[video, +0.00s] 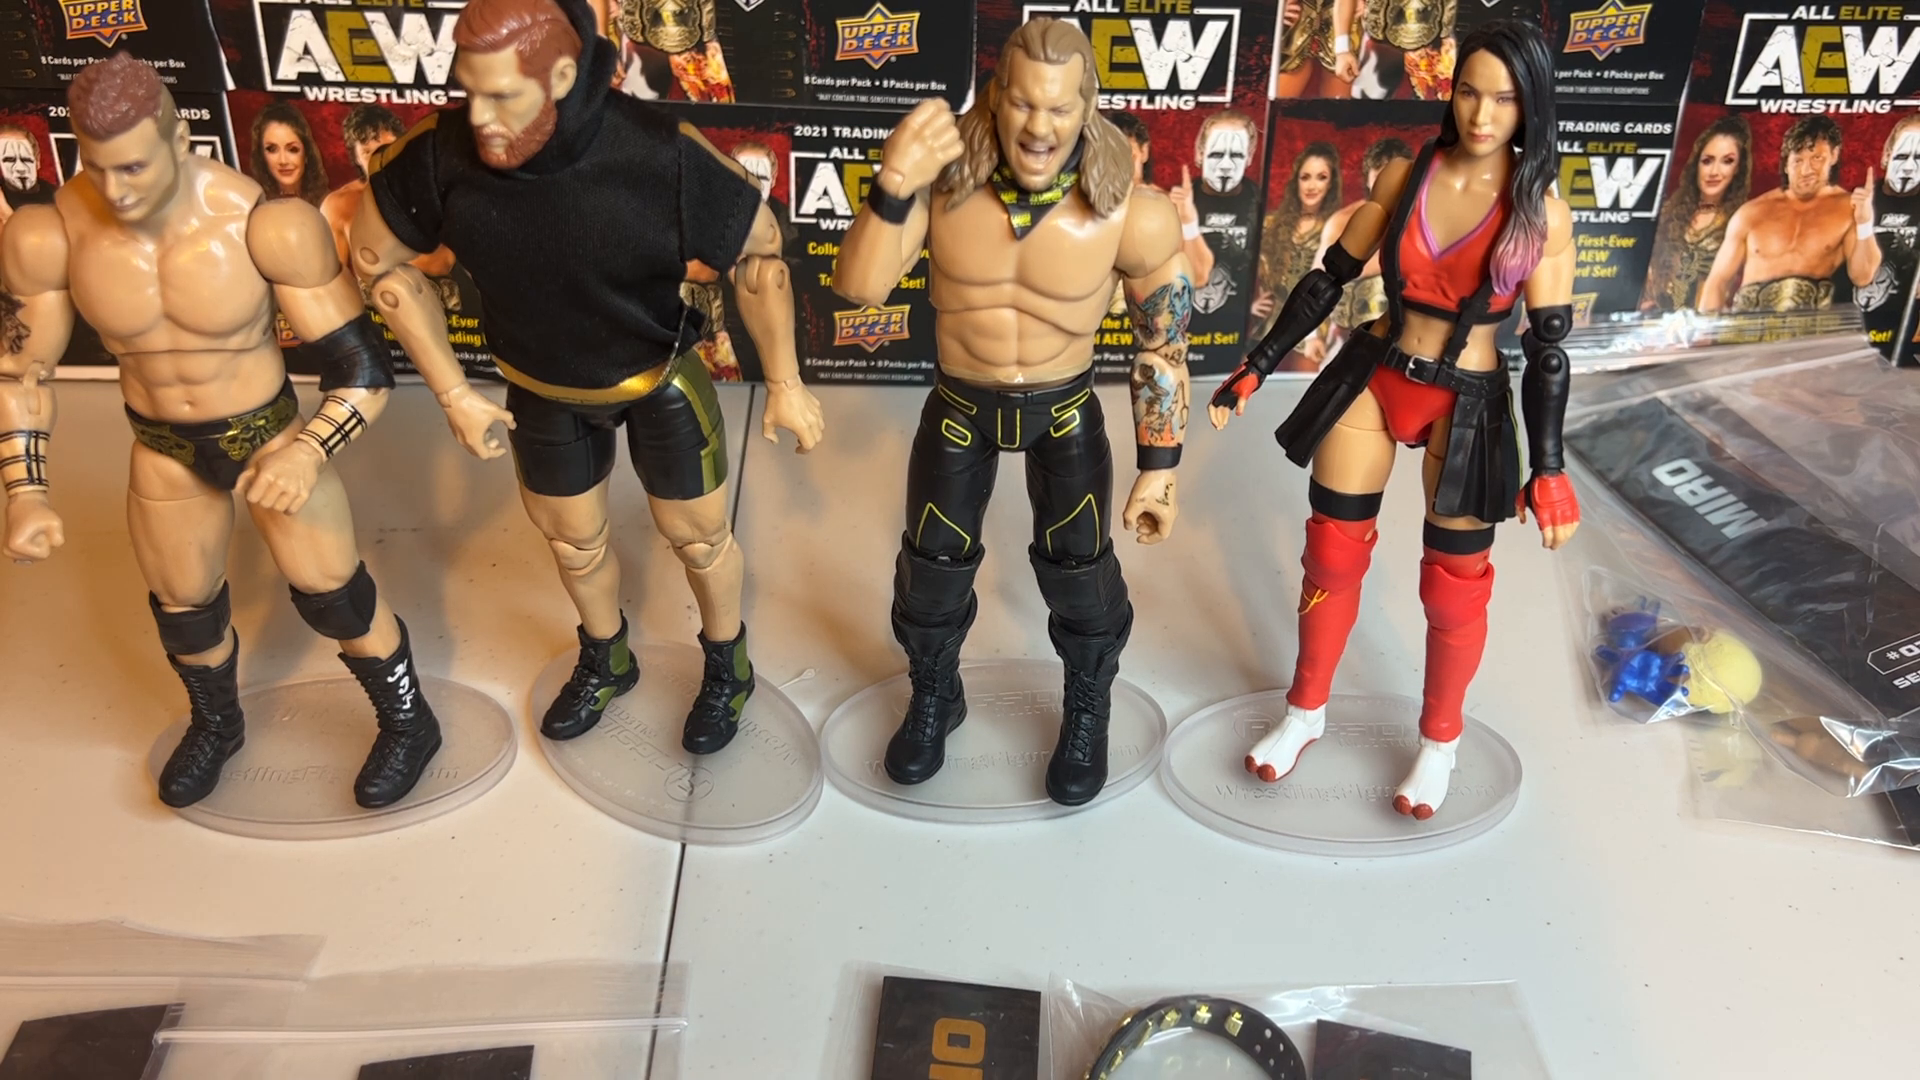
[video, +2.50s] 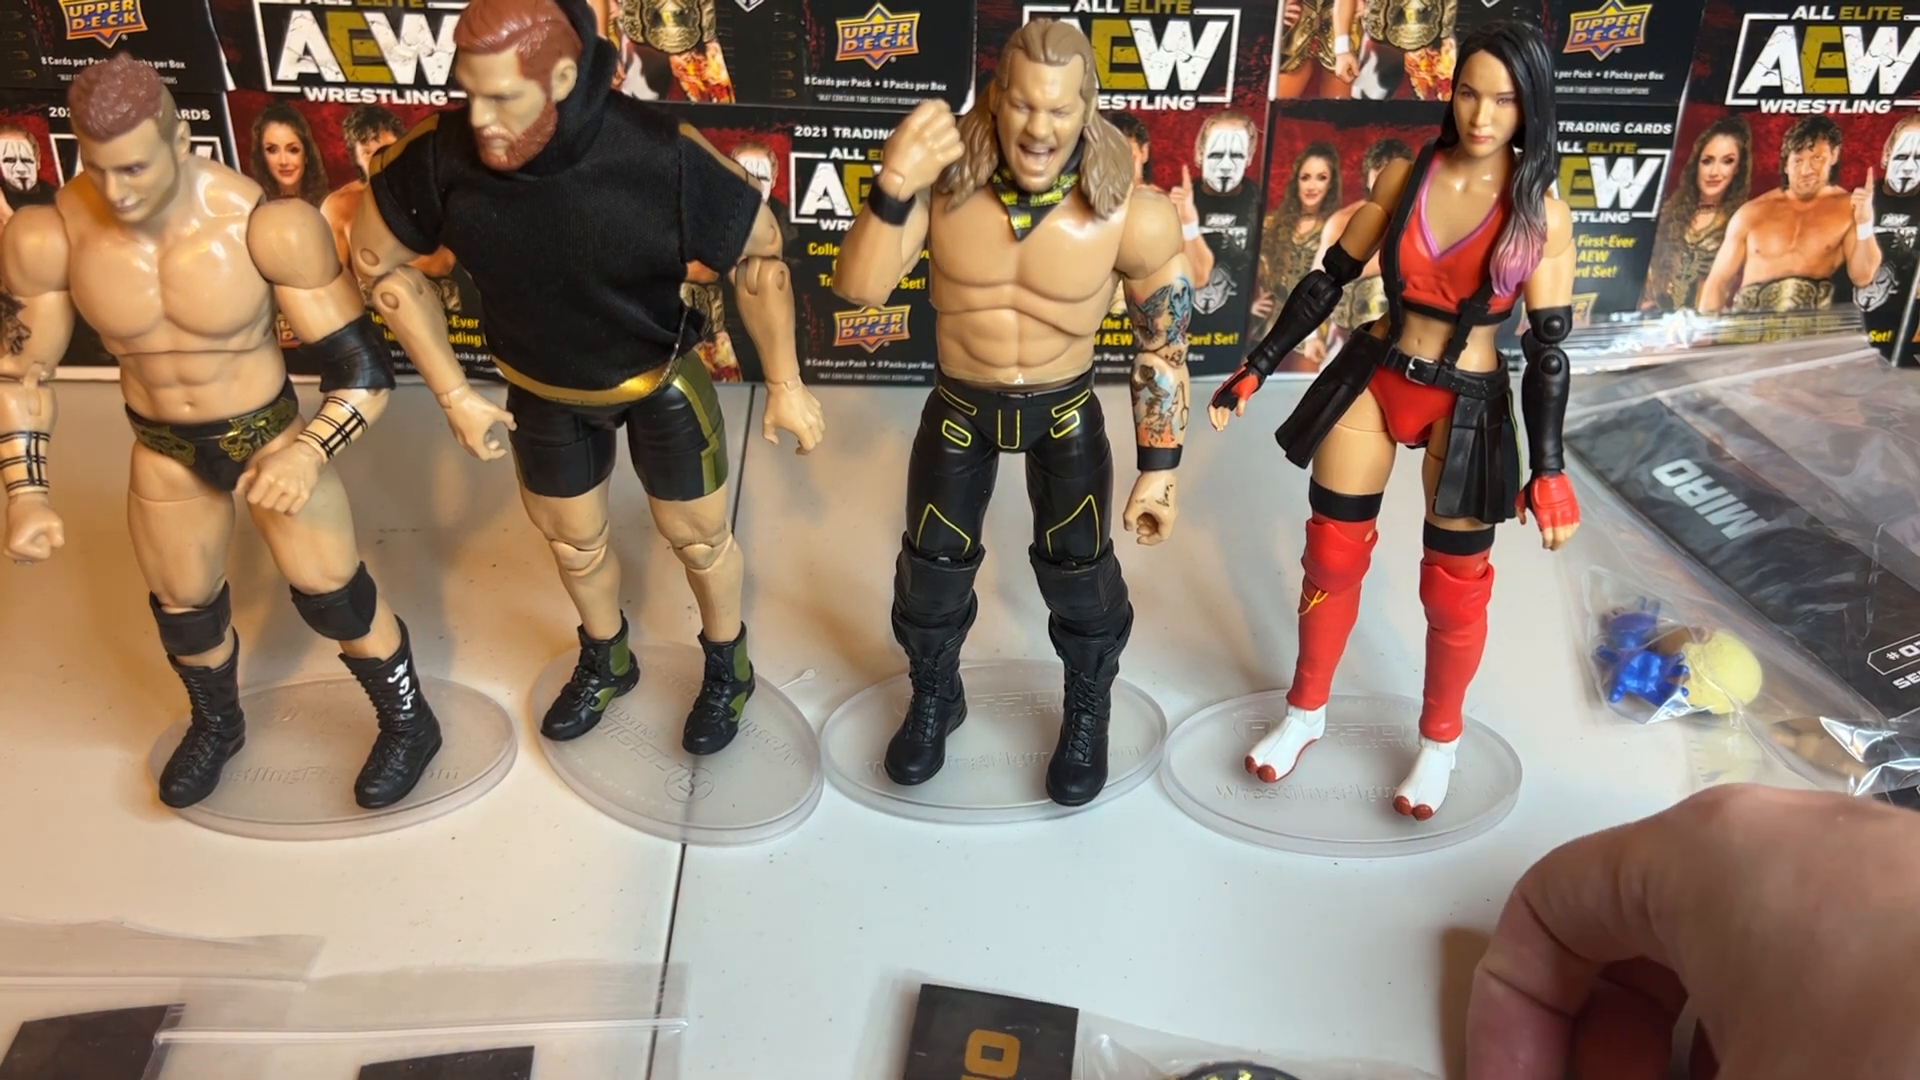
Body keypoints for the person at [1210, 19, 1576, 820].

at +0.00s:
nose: (1480, 113)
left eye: (1501, 99)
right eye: (1469, 94)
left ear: (1529, 108)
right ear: (1451, 94)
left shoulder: (1540, 208)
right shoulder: (1406, 174)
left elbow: (1549, 345)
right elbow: (1333, 274)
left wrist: (1549, 466)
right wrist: (1256, 364)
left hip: (1467, 404)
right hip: (1372, 382)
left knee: (1454, 591)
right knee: (1331, 560)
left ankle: (1438, 742)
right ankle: (1304, 710)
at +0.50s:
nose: (1480, 114)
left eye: (1501, 99)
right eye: (1469, 94)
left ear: (1529, 108)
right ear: (1451, 94)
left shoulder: (1540, 208)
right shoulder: (1406, 174)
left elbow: (1549, 343)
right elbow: (1333, 273)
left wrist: (1549, 466)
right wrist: (1257, 364)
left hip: (1467, 404)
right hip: (1371, 383)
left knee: (1454, 592)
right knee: (1331, 560)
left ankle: (1438, 742)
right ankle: (1304, 710)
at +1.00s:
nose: (1480, 113)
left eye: (1501, 99)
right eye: (1469, 94)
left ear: (1529, 108)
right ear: (1451, 94)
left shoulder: (1540, 209)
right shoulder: (1406, 175)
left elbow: (1549, 346)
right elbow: (1332, 274)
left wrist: (1549, 467)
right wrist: (1255, 365)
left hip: (1467, 404)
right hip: (1372, 382)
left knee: (1454, 590)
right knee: (1331, 559)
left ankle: (1438, 741)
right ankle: (1305, 709)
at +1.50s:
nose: (1480, 113)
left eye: (1501, 99)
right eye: (1469, 93)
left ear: (1529, 108)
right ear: (1450, 93)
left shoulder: (1540, 209)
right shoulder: (1407, 174)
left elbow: (1549, 345)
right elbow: (1333, 273)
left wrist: (1549, 466)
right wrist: (1257, 363)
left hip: (1466, 404)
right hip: (1371, 382)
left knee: (1454, 591)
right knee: (1331, 560)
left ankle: (1438, 742)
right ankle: (1304, 710)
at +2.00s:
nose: (1480, 114)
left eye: (1501, 99)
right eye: (1469, 94)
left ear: (1529, 108)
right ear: (1450, 94)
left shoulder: (1540, 207)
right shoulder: (1406, 175)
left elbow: (1549, 344)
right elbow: (1332, 274)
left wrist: (1549, 466)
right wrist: (1257, 364)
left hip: (1466, 404)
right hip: (1371, 383)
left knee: (1454, 592)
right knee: (1331, 561)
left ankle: (1438, 741)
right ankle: (1304, 710)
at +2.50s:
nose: (1480, 115)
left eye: (1501, 100)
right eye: (1469, 95)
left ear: (1529, 109)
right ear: (1450, 95)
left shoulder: (1540, 209)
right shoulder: (1406, 176)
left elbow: (1549, 345)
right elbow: (1332, 275)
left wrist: (1549, 467)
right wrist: (1255, 366)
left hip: (1466, 406)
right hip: (1372, 383)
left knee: (1454, 591)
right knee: (1331, 560)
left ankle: (1438, 742)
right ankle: (1304, 711)